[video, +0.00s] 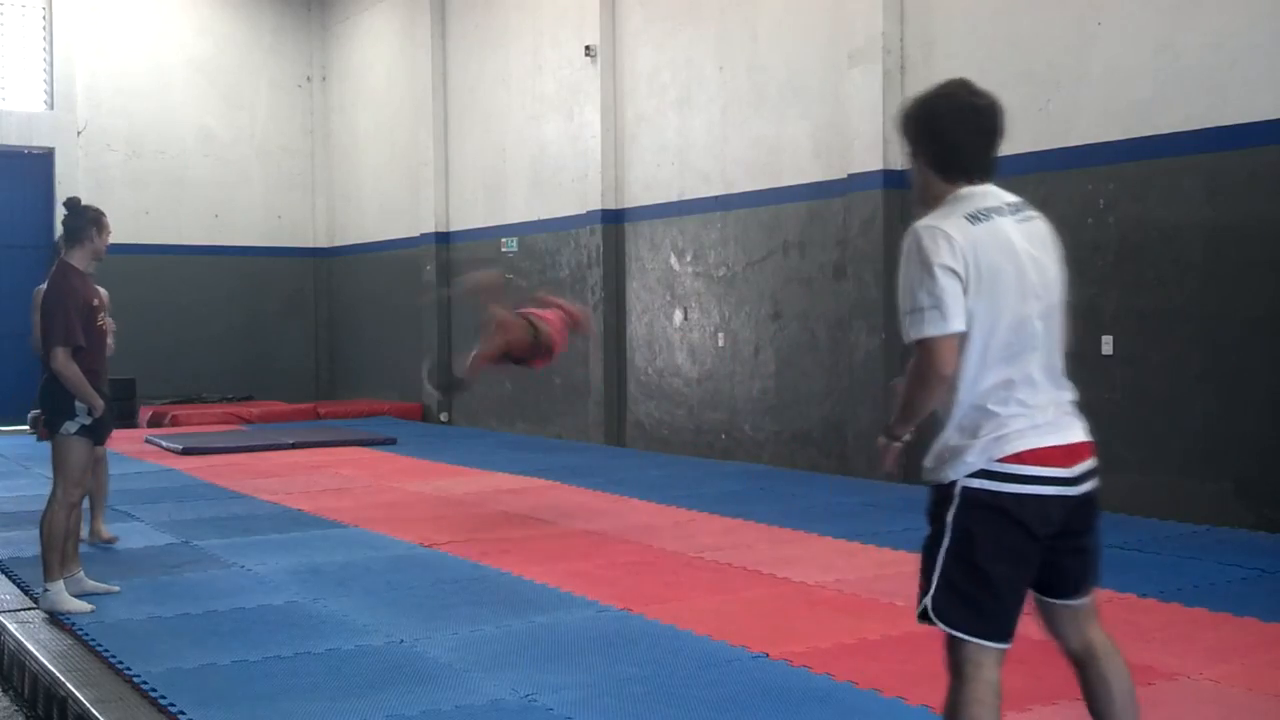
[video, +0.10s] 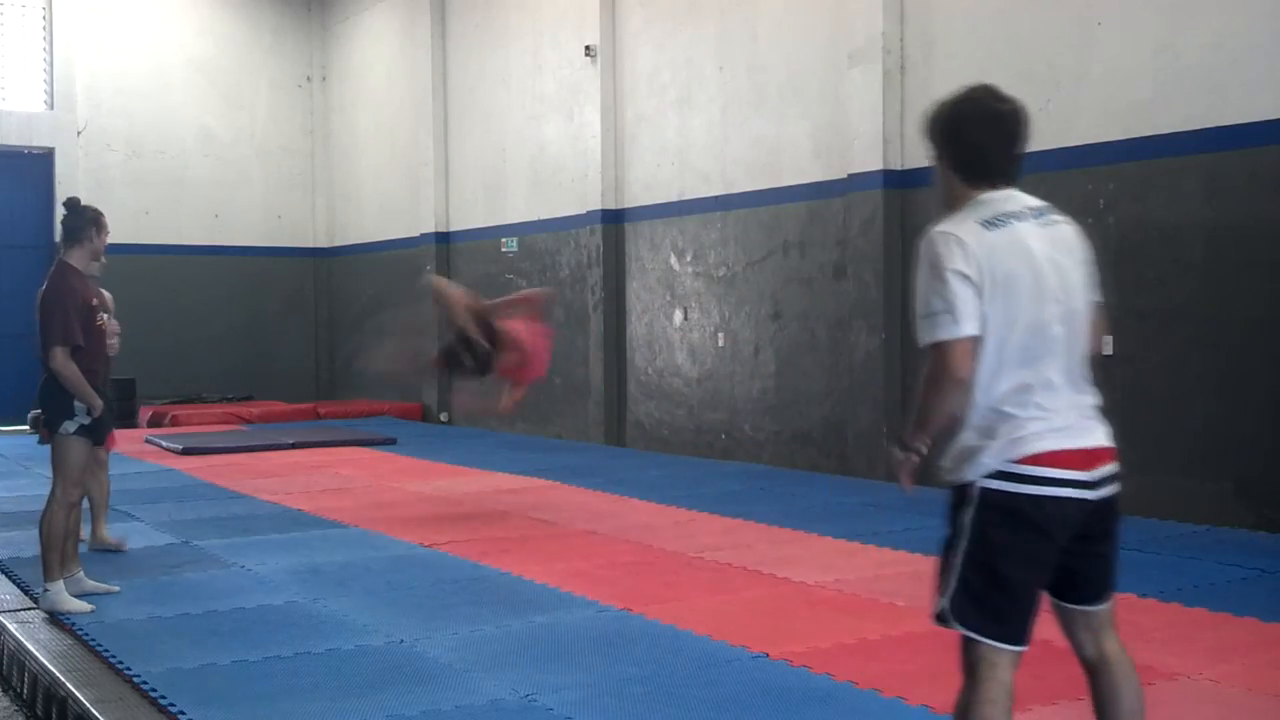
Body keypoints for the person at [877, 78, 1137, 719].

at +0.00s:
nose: (908, 163)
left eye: (911, 150)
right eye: (909, 150)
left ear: (924, 155)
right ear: (987, 148)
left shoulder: (935, 234)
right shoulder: (1035, 223)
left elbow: (939, 370)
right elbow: (1042, 341)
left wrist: (897, 433)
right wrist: (926, 387)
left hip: (991, 478)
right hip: (1071, 468)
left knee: (974, 666)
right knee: (1083, 631)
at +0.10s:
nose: (935, 164)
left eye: (936, 152)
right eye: (937, 151)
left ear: (946, 158)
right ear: (1012, 152)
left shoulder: (951, 240)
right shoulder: (1064, 227)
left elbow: (955, 371)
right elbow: (1093, 340)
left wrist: (915, 443)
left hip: (1013, 482)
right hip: (1094, 474)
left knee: (990, 666)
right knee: (1100, 639)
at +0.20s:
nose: (974, 163)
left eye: (976, 153)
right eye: (980, 151)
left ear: (983, 160)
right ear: (1051, 156)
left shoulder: (982, 241)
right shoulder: (1104, 232)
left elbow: (983, 367)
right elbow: (1137, 345)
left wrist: (950, 464)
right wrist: (1095, 409)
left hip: (1041, 483)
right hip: (1123, 475)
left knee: (1000, 656)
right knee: (1119, 639)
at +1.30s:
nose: (987, 236)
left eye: (988, 222)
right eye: (987, 222)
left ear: (999, 220)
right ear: (1058, 211)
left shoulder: (1006, 269)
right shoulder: (1111, 267)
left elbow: (987, 374)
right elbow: (1115, 394)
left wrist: (983, 460)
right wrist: (1038, 465)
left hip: (1107, 488)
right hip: (1185, 491)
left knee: (1037, 620)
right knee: (1106, 627)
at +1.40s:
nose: (977, 284)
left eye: (978, 272)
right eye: (976, 273)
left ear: (990, 262)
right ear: (1046, 249)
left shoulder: (997, 304)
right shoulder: (1095, 304)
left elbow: (964, 408)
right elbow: (1113, 419)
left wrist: (956, 509)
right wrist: (1059, 518)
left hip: (1116, 511)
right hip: (1193, 514)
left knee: (1031, 628)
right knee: (1097, 631)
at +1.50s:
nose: (965, 349)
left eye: (967, 336)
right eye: (966, 337)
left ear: (978, 329)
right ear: (1033, 316)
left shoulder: (989, 368)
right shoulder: (1084, 365)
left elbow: (943, 472)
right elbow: (1093, 472)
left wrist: (925, 572)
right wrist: (1048, 556)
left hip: (1128, 551)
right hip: (1200, 553)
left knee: (1015, 634)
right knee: (1082, 640)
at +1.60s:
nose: (957, 413)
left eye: (957, 402)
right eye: (956, 402)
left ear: (970, 394)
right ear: (1024, 380)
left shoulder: (981, 432)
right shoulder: (1073, 425)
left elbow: (932, 542)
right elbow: (1063, 535)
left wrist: (899, 640)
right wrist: (1024, 613)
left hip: (1135, 597)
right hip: (1200, 600)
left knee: (1008, 644)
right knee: (1067, 657)